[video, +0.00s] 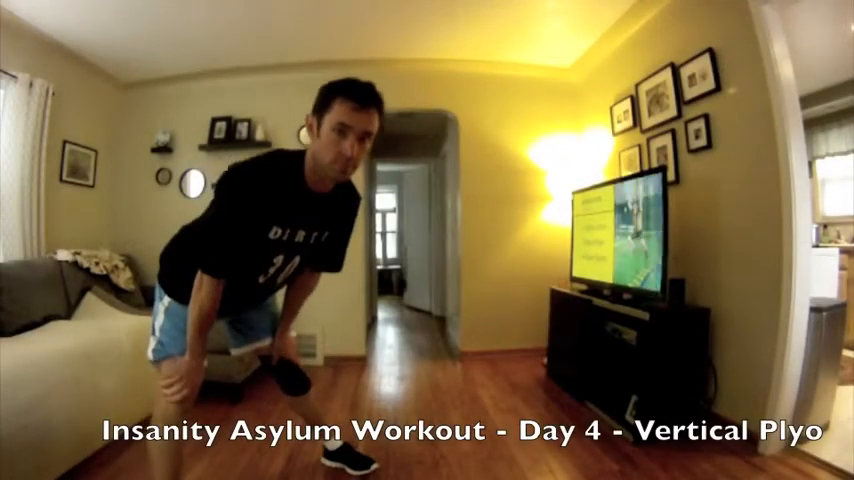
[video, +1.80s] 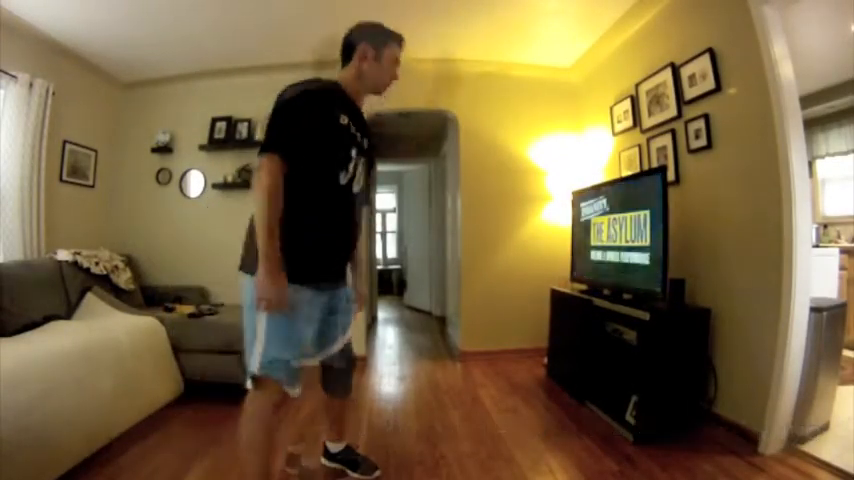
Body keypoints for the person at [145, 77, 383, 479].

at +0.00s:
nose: (351, 150)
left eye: (364, 139)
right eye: (341, 132)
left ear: (371, 144)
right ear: (311, 128)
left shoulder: (345, 201)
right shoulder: (252, 179)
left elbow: (311, 270)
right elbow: (209, 273)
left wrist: (285, 331)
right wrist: (194, 359)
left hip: (251, 291)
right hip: (190, 288)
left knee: (286, 369)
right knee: (175, 391)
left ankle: (331, 443)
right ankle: (163, 476)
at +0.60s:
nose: (354, 107)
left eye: (365, 97)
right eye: (345, 91)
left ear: (373, 104)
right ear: (317, 91)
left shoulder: (347, 172)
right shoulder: (258, 148)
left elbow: (327, 251)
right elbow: (210, 244)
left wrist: (313, 325)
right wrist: (242, 338)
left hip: (268, 288)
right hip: (207, 287)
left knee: (319, 368)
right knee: (198, 400)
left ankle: (336, 446)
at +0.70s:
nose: (357, 104)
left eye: (367, 95)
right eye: (347, 88)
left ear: (375, 103)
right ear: (319, 89)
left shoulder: (350, 171)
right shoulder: (261, 145)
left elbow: (330, 256)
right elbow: (215, 240)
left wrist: (318, 325)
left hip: (278, 291)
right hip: (213, 287)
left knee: (323, 369)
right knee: (201, 398)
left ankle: (335, 446)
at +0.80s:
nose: (360, 104)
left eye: (371, 95)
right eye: (350, 88)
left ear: (378, 103)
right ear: (322, 89)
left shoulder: (353, 172)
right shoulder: (266, 144)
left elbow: (333, 251)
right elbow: (226, 240)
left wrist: (321, 325)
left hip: (275, 286)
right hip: (214, 284)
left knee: (325, 367)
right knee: (202, 396)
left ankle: (335, 447)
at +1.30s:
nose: (397, 102)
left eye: (399, 91)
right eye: (393, 88)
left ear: (367, 83)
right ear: (361, 78)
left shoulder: (356, 161)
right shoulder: (289, 125)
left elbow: (337, 239)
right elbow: (252, 209)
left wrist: (329, 301)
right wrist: (309, 285)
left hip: (294, 290)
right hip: (232, 284)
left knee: (331, 370)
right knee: (206, 397)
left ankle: (335, 447)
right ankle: (178, 473)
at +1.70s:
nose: (400, 81)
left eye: (402, 71)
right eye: (397, 69)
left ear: (371, 64)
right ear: (369, 61)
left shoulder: (362, 134)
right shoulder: (307, 102)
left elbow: (353, 213)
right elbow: (269, 180)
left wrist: (353, 277)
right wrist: (262, 268)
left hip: (329, 275)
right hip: (281, 273)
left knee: (343, 363)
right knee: (263, 384)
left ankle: (336, 447)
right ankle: (230, 473)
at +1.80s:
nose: (396, 75)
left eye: (398, 65)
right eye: (393, 63)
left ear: (370, 60)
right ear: (364, 56)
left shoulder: (359, 128)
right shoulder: (303, 100)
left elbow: (354, 208)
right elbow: (267, 178)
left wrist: (356, 275)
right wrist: (269, 266)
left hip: (331, 273)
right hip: (282, 271)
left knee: (339, 368)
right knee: (270, 385)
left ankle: (336, 447)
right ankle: (259, 472)